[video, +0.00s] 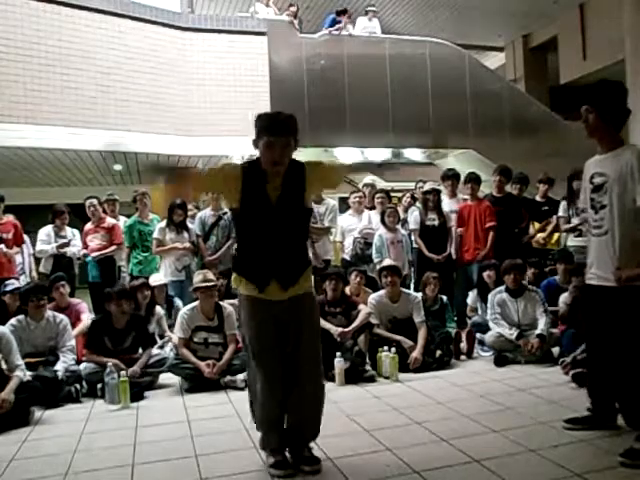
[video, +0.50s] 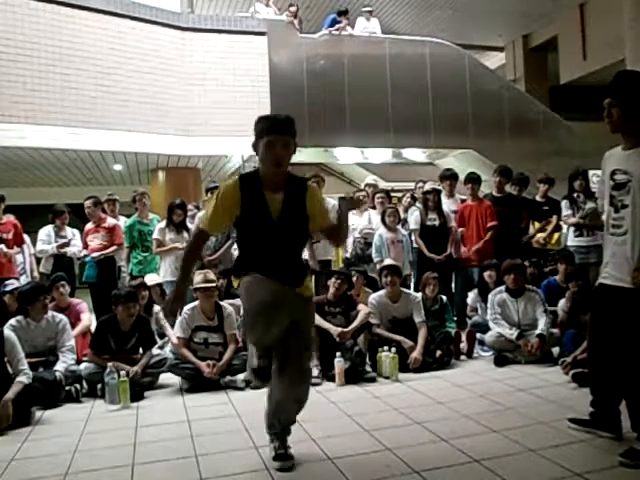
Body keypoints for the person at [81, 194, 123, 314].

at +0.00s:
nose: (92, 209)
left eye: (95, 206)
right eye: (89, 207)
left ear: (100, 207)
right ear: (87, 210)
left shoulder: (112, 224)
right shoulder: (87, 228)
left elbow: (118, 244)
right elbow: (85, 246)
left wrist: (99, 254)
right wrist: (83, 252)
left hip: (108, 260)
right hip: (92, 261)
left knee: (109, 292)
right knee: (95, 294)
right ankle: (99, 320)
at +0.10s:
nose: (91, 210)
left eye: (94, 207)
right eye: (89, 207)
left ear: (100, 207)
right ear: (86, 210)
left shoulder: (112, 224)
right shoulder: (87, 228)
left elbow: (118, 244)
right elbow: (85, 245)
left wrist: (101, 253)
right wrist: (84, 251)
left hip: (107, 260)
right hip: (92, 262)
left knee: (109, 293)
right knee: (96, 295)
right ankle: (100, 322)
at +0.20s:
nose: (88, 211)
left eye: (91, 207)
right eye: (86, 208)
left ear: (99, 207)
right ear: (85, 210)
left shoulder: (112, 224)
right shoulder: (87, 228)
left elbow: (119, 245)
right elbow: (86, 246)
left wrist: (101, 253)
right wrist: (84, 252)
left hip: (108, 261)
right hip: (92, 262)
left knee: (109, 295)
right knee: (96, 299)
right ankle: (101, 326)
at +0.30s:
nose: (87, 211)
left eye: (90, 208)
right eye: (86, 208)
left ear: (99, 207)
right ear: (85, 210)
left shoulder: (113, 224)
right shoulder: (87, 227)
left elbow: (119, 244)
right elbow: (85, 246)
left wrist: (101, 253)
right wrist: (84, 252)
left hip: (108, 261)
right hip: (93, 262)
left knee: (109, 295)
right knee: (96, 298)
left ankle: (113, 325)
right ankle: (101, 327)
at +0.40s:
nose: (87, 211)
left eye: (89, 207)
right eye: (85, 208)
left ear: (99, 207)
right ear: (85, 210)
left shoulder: (113, 224)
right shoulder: (87, 227)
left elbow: (119, 245)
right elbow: (86, 246)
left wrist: (101, 254)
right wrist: (84, 252)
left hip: (108, 260)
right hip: (93, 262)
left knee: (109, 294)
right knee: (96, 296)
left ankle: (112, 324)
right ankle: (101, 326)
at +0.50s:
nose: (87, 211)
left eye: (89, 208)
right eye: (85, 208)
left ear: (99, 207)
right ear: (85, 210)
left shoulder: (113, 224)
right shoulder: (87, 227)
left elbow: (119, 244)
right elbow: (85, 246)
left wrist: (101, 253)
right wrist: (84, 252)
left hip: (108, 260)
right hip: (93, 262)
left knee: (109, 295)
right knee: (96, 296)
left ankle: (112, 324)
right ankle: (101, 326)